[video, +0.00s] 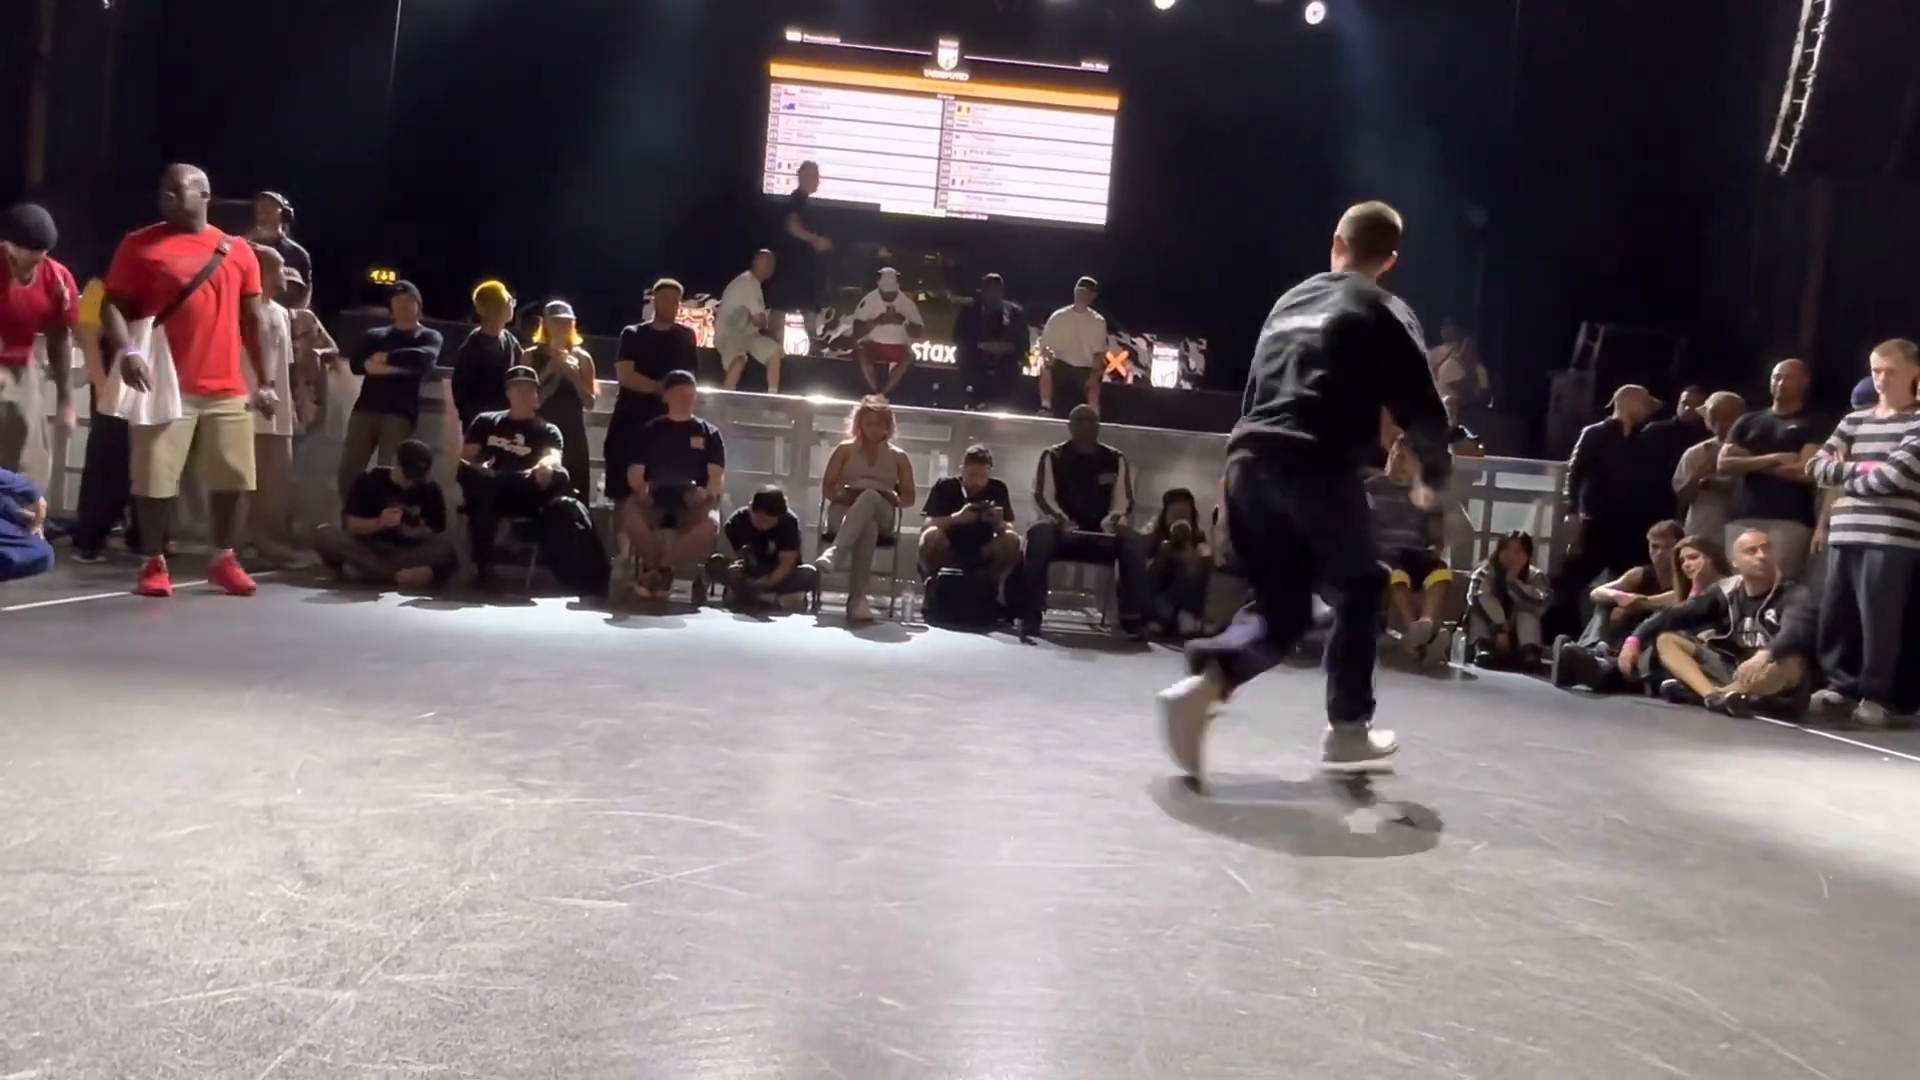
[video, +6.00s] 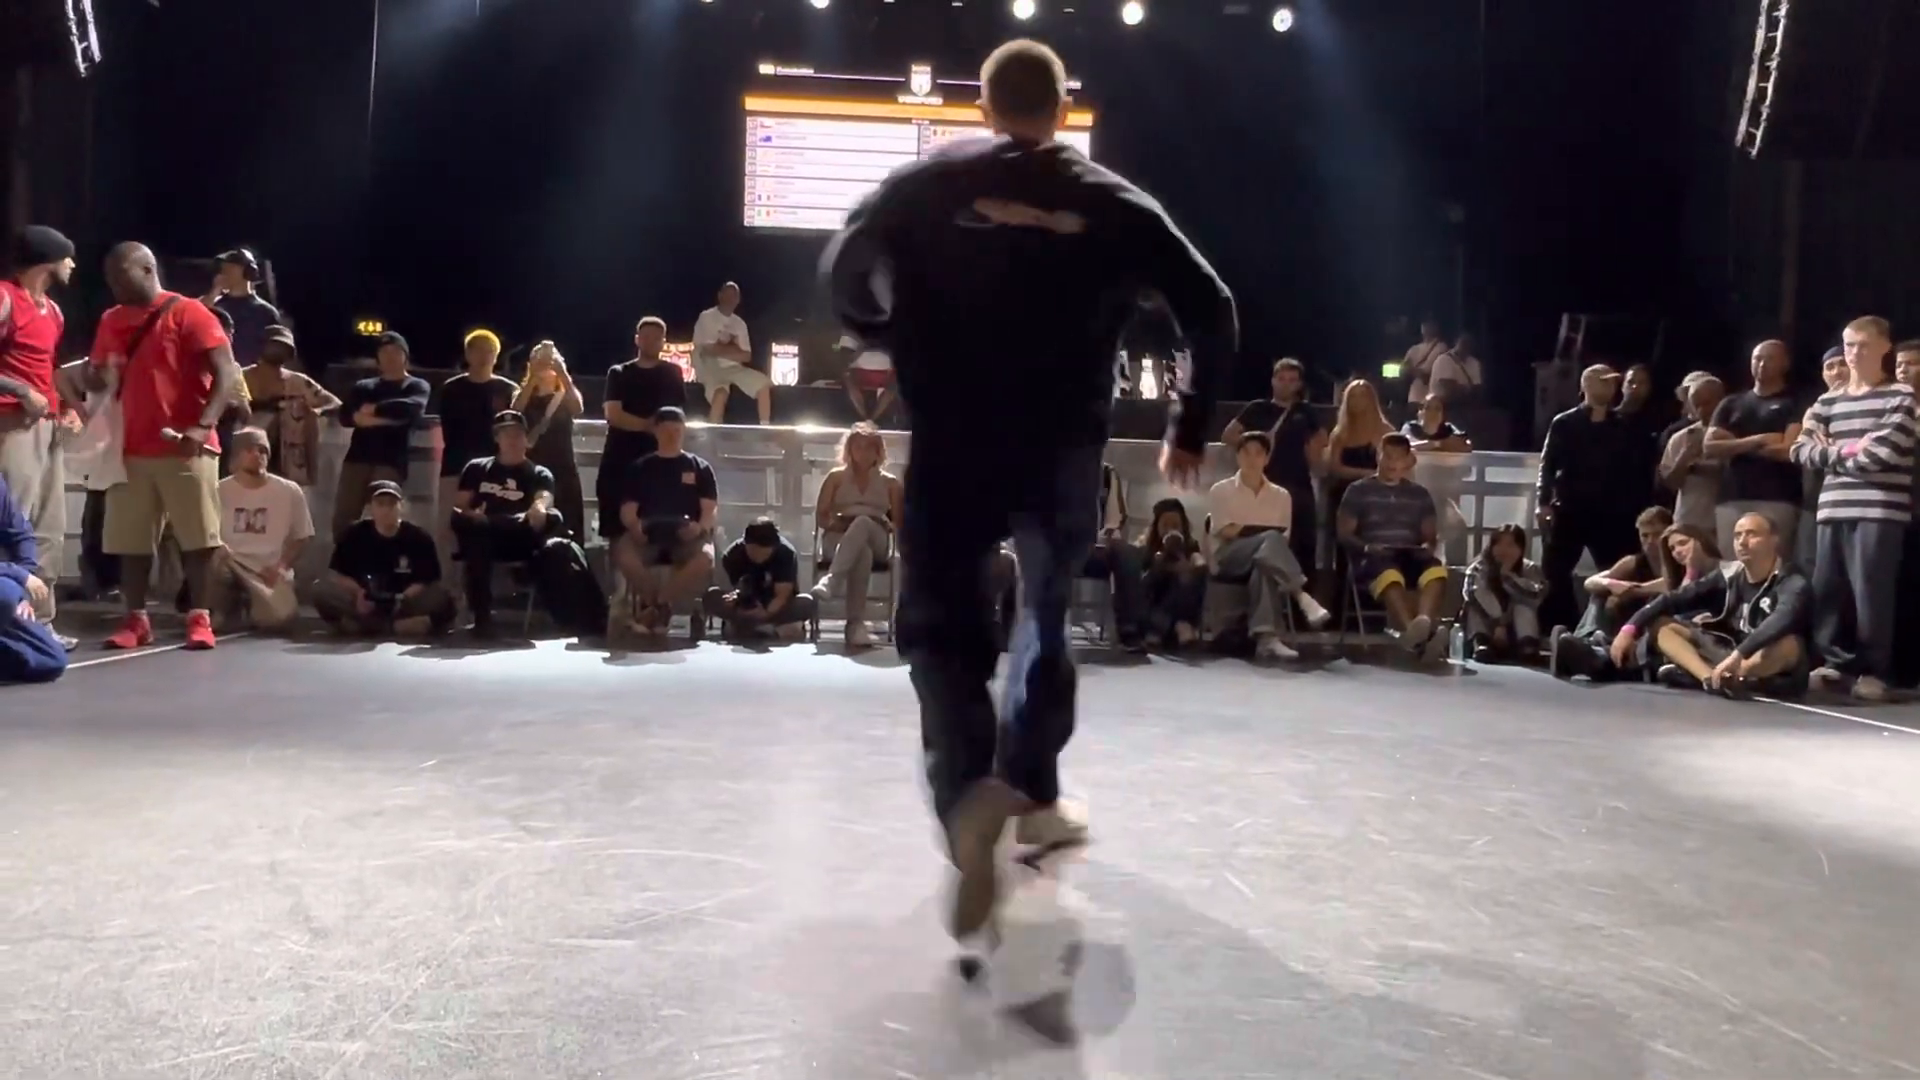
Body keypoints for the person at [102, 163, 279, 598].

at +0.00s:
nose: (174, 196)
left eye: (182, 189)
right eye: (170, 190)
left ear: (205, 195)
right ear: (163, 198)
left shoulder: (238, 250)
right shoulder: (139, 247)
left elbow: (253, 317)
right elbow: (113, 305)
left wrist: (266, 380)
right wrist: (125, 350)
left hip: (227, 390)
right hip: (165, 390)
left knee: (234, 476)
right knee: (155, 481)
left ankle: (225, 557)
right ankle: (155, 563)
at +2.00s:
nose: (195, 204)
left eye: (202, 196)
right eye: (187, 197)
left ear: (216, 201)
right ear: (174, 204)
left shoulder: (244, 253)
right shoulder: (157, 250)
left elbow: (269, 318)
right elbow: (112, 285)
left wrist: (256, 378)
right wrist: (86, 261)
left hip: (223, 388)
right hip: (167, 388)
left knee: (226, 481)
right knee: (170, 478)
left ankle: (224, 561)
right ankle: (176, 561)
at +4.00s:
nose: (97, 253)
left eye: (101, 242)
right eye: (89, 246)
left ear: (115, 236)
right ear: (79, 246)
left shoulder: (155, 276)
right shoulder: (75, 286)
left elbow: (192, 335)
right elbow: (58, 349)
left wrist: (220, 388)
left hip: (162, 412)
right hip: (103, 417)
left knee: (169, 504)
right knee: (103, 510)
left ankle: (166, 588)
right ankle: (110, 589)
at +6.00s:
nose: (114, 285)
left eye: (118, 275)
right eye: (111, 278)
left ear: (146, 270)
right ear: (115, 279)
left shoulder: (189, 312)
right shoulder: (112, 322)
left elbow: (227, 371)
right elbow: (96, 382)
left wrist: (204, 425)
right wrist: (92, 373)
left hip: (187, 450)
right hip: (132, 452)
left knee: (199, 540)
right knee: (132, 542)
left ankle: (199, 617)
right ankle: (135, 620)